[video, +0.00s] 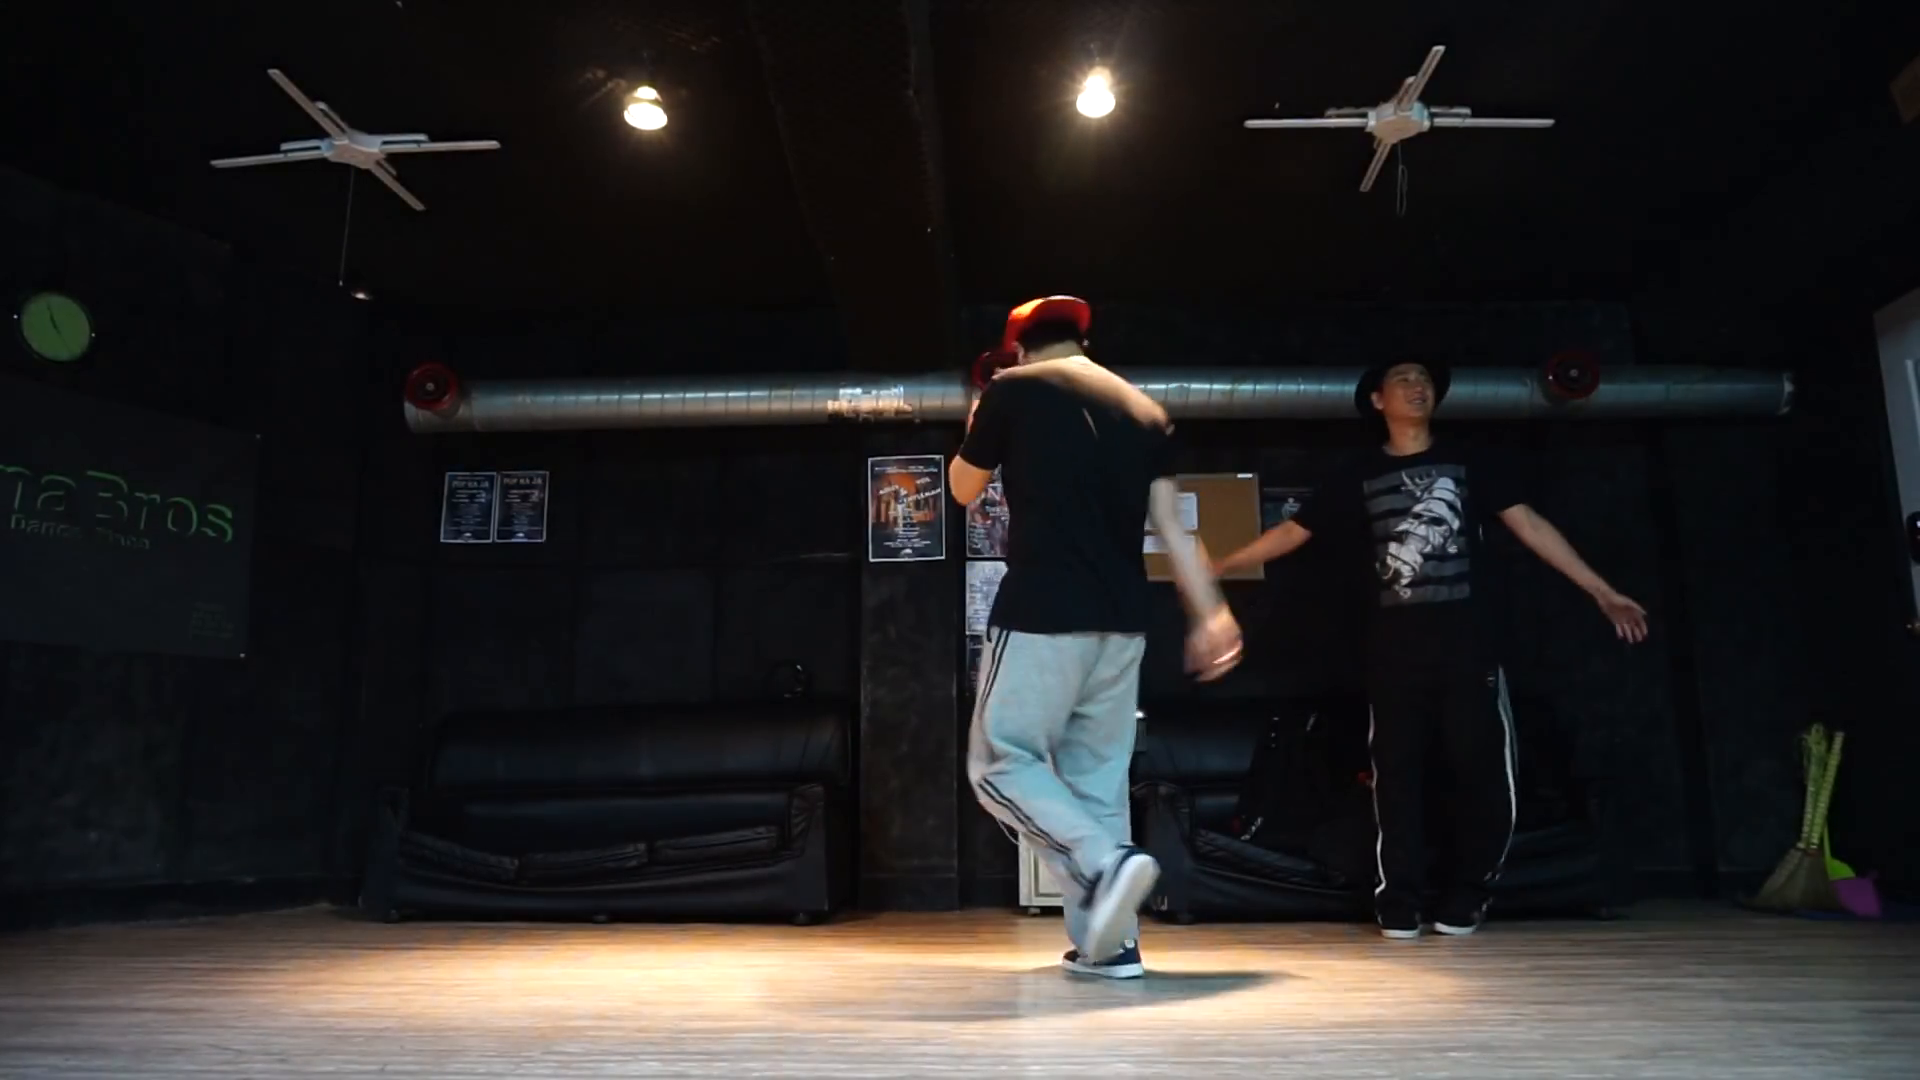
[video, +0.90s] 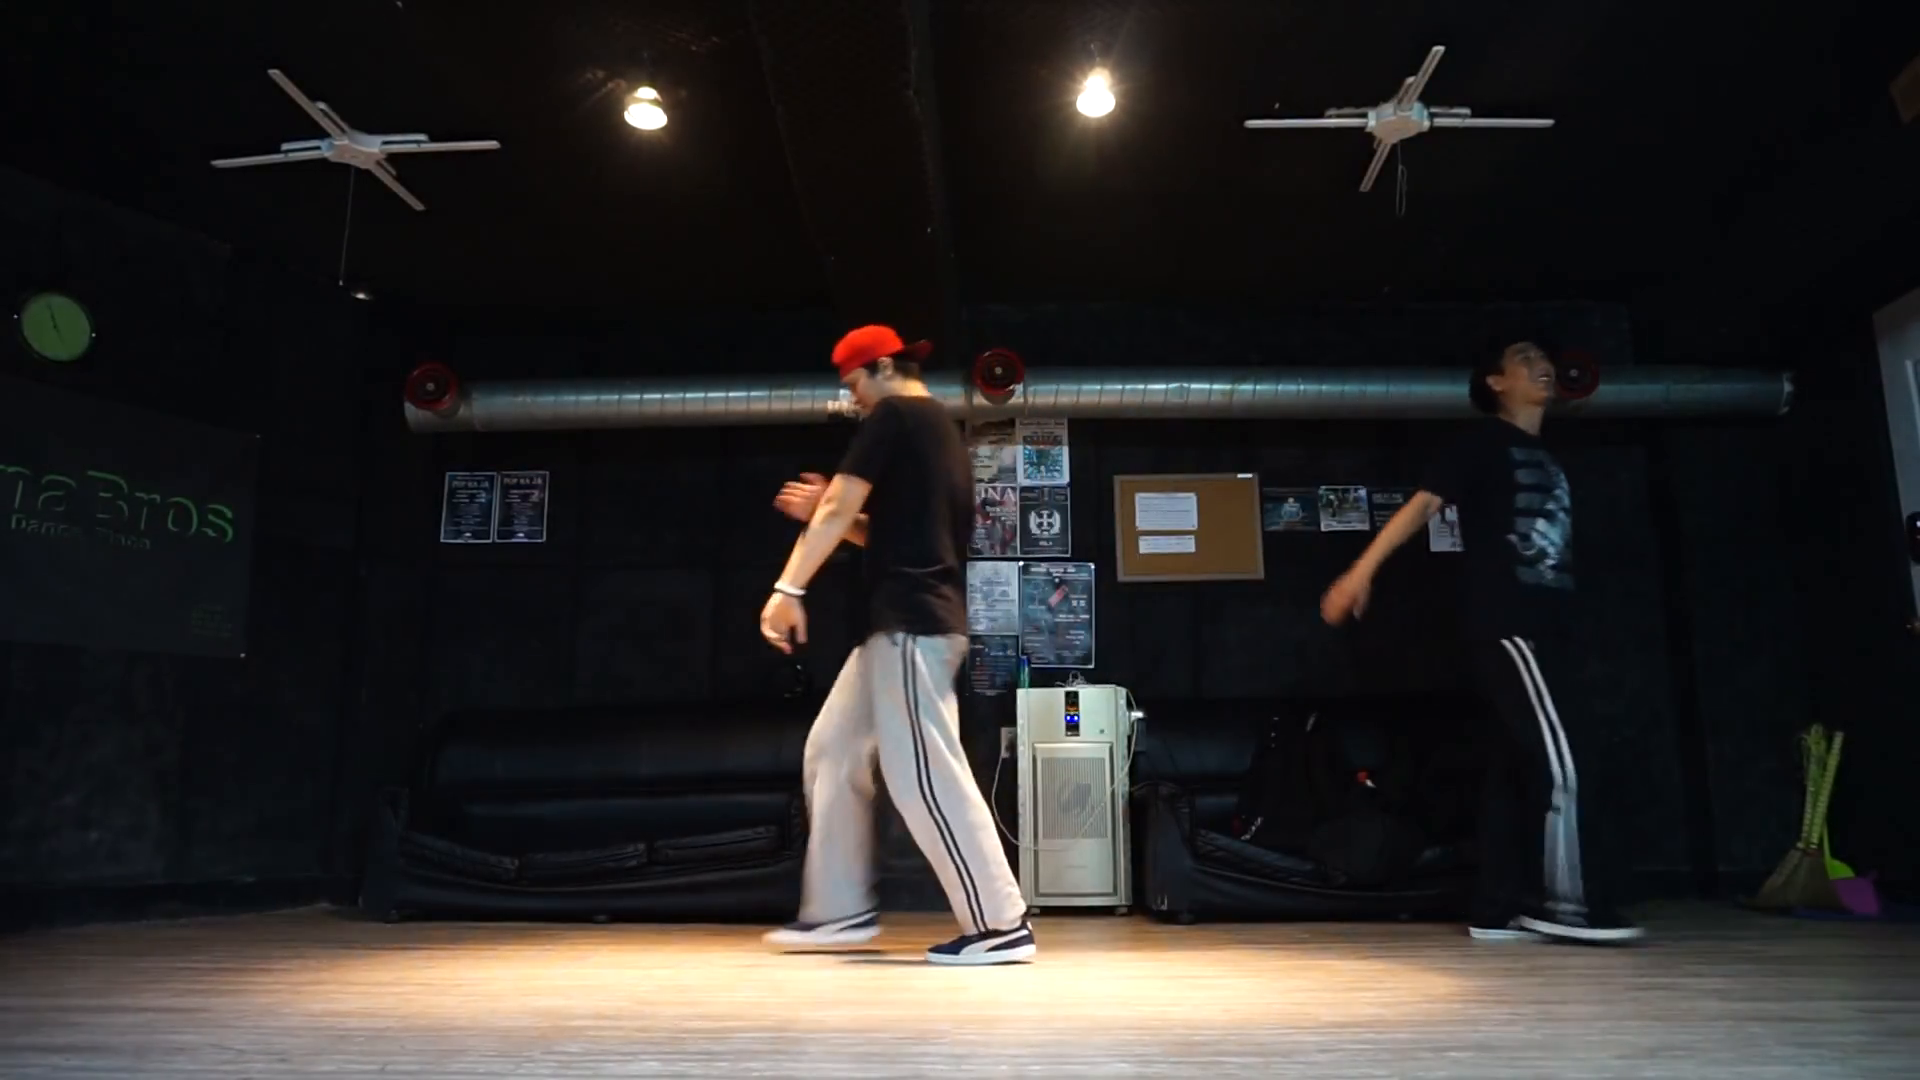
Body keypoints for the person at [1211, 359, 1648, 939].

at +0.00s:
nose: (1416, 388)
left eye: (1424, 382)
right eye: (1403, 381)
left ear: (1437, 400)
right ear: (1377, 401)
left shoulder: (1469, 465)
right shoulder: (1356, 476)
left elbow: (1531, 528)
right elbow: (1289, 534)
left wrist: (1604, 594)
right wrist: (1215, 569)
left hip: (1466, 642)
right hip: (1393, 644)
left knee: (1484, 775)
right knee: (1396, 773)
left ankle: (1467, 900)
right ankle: (1399, 902)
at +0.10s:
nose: (1421, 388)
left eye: (1428, 382)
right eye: (1407, 380)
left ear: (1438, 400)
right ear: (1381, 400)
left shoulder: (1468, 467)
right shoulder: (1358, 473)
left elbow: (1526, 527)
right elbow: (1301, 527)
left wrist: (1596, 583)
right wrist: (1253, 538)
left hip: (1463, 640)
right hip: (1392, 642)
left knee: (1476, 768)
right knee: (1394, 769)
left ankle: (1462, 891)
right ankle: (1399, 902)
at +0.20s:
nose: (1430, 387)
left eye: (1436, 380)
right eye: (1416, 379)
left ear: (1446, 398)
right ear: (1388, 396)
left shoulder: (1467, 464)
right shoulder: (1367, 467)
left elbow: (1517, 518)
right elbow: (1347, 528)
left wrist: (1578, 557)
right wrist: (1334, 514)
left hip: (1466, 636)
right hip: (1397, 639)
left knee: (1483, 758)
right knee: (1397, 766)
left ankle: (1464, 892)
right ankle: (1396, 901)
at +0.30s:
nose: (1440, 386)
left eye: (1447, 380)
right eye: (1426, 379)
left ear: (1455, 398)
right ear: (1398, 395)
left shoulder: (1468, 465)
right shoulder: (1376, 459)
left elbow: (1506, 517)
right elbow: (1389, 524)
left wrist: (1551, 534)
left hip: (1472, 634)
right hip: (1405, 636)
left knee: (1489, 760)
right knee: (1404, 767)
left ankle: (1485, 904)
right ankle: (1398, 903)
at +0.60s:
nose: (1488, 378)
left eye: (1491, 372)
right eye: (1473, 371)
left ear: (1497, 390)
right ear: (1442, 392)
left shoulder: (1510, 470)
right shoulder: (1431, 452)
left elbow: (1541, 549)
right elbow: (1434, 530)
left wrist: (1574, 626)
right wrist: (1488, 602)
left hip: (1504, 629)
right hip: (1446, 627)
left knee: (1509, 763)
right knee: (1441, 761)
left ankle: (1500, 910)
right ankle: (1399, 897)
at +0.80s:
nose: (1525, 372)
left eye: (1527, 365)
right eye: (1508, 366)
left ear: (1535, 387)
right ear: (1480, 389)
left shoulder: (1538, 465)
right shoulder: (1463, 448)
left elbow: (1538, 547)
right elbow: (1419, 521)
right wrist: (1388, 603)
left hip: (1534, 623)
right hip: (1484, 619)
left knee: (1538, 754)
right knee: (1524, 749)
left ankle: (1513, 902)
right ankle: (1474, 884)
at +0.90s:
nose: (1544, 369)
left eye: (1546, 363)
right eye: (1526, 362)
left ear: (1553, 386)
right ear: (1496, 384)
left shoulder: (1547, 462)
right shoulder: (1483, 443)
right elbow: (1421, 506)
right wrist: (1360, 573)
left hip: (1538, 625)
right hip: (1503, 624)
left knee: (1513, 766)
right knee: (1558, 762)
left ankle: (1497, 911)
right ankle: (1563, 908)